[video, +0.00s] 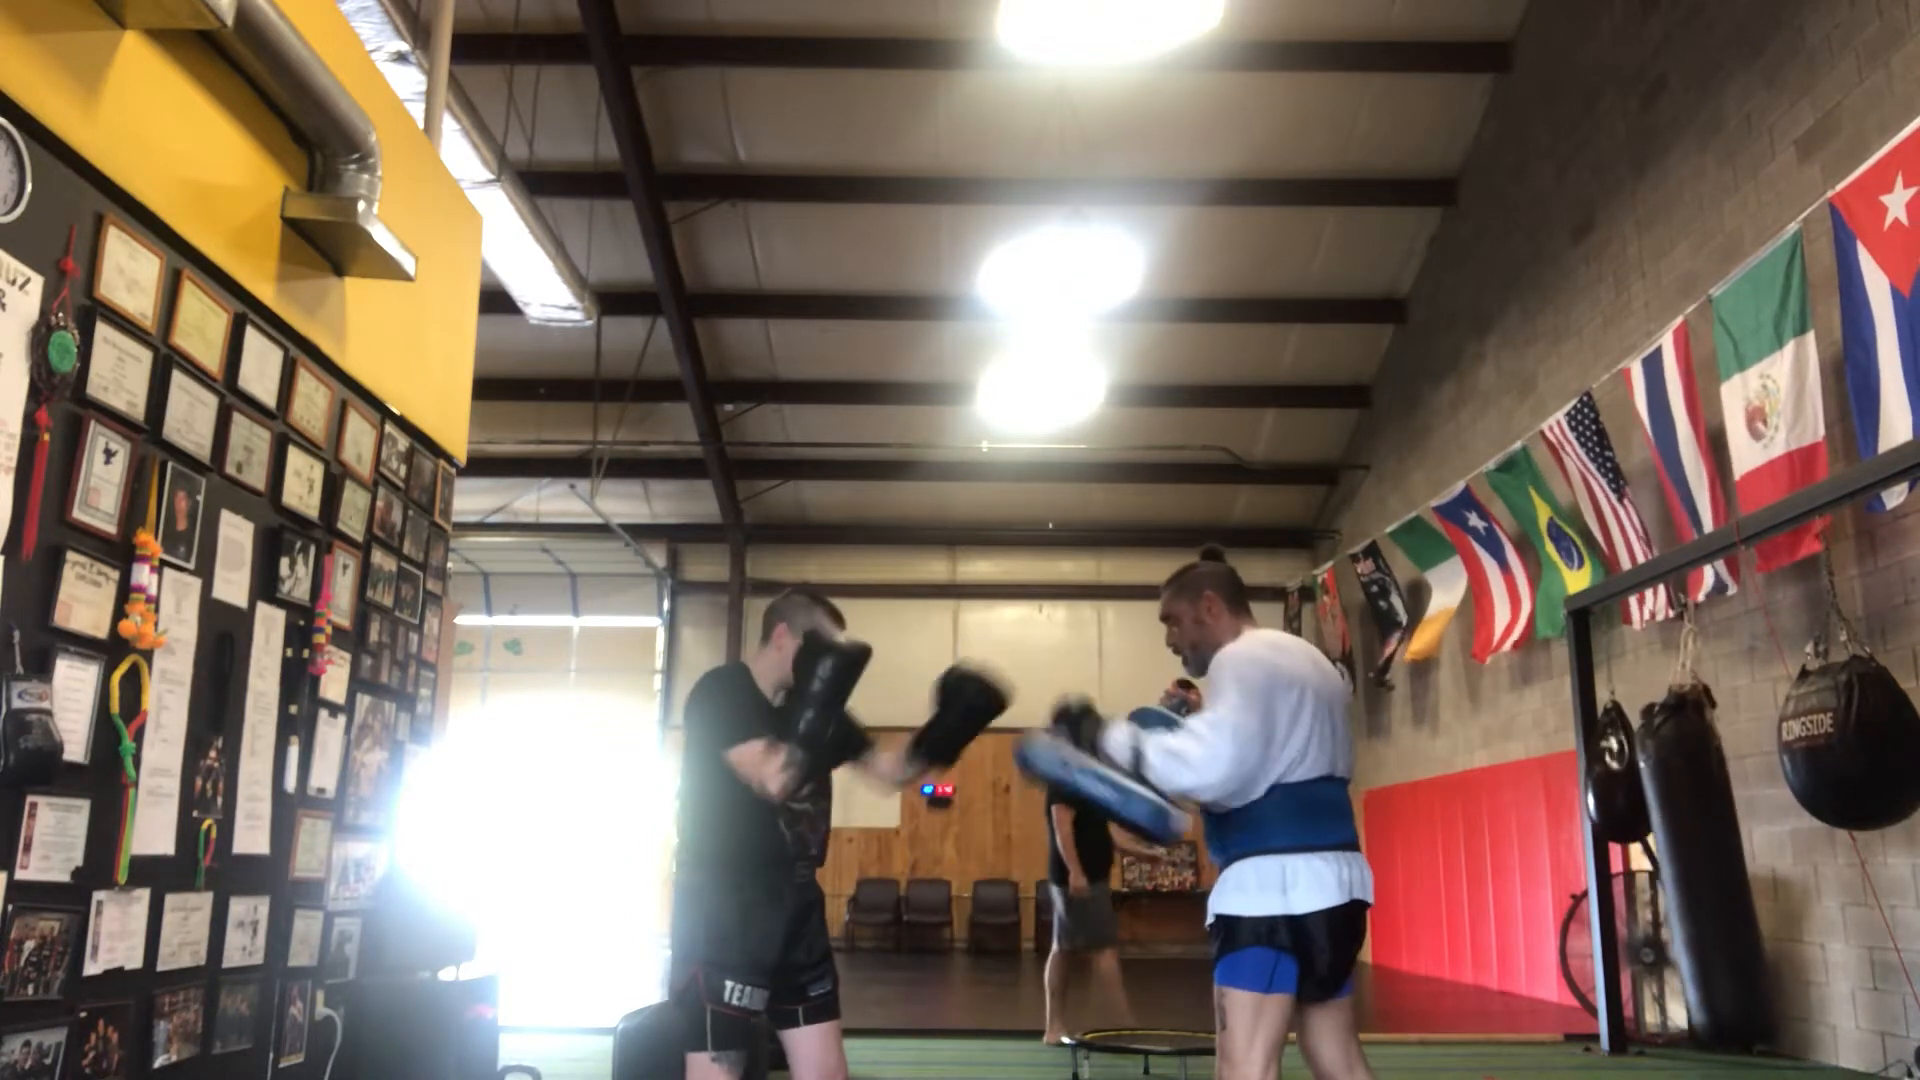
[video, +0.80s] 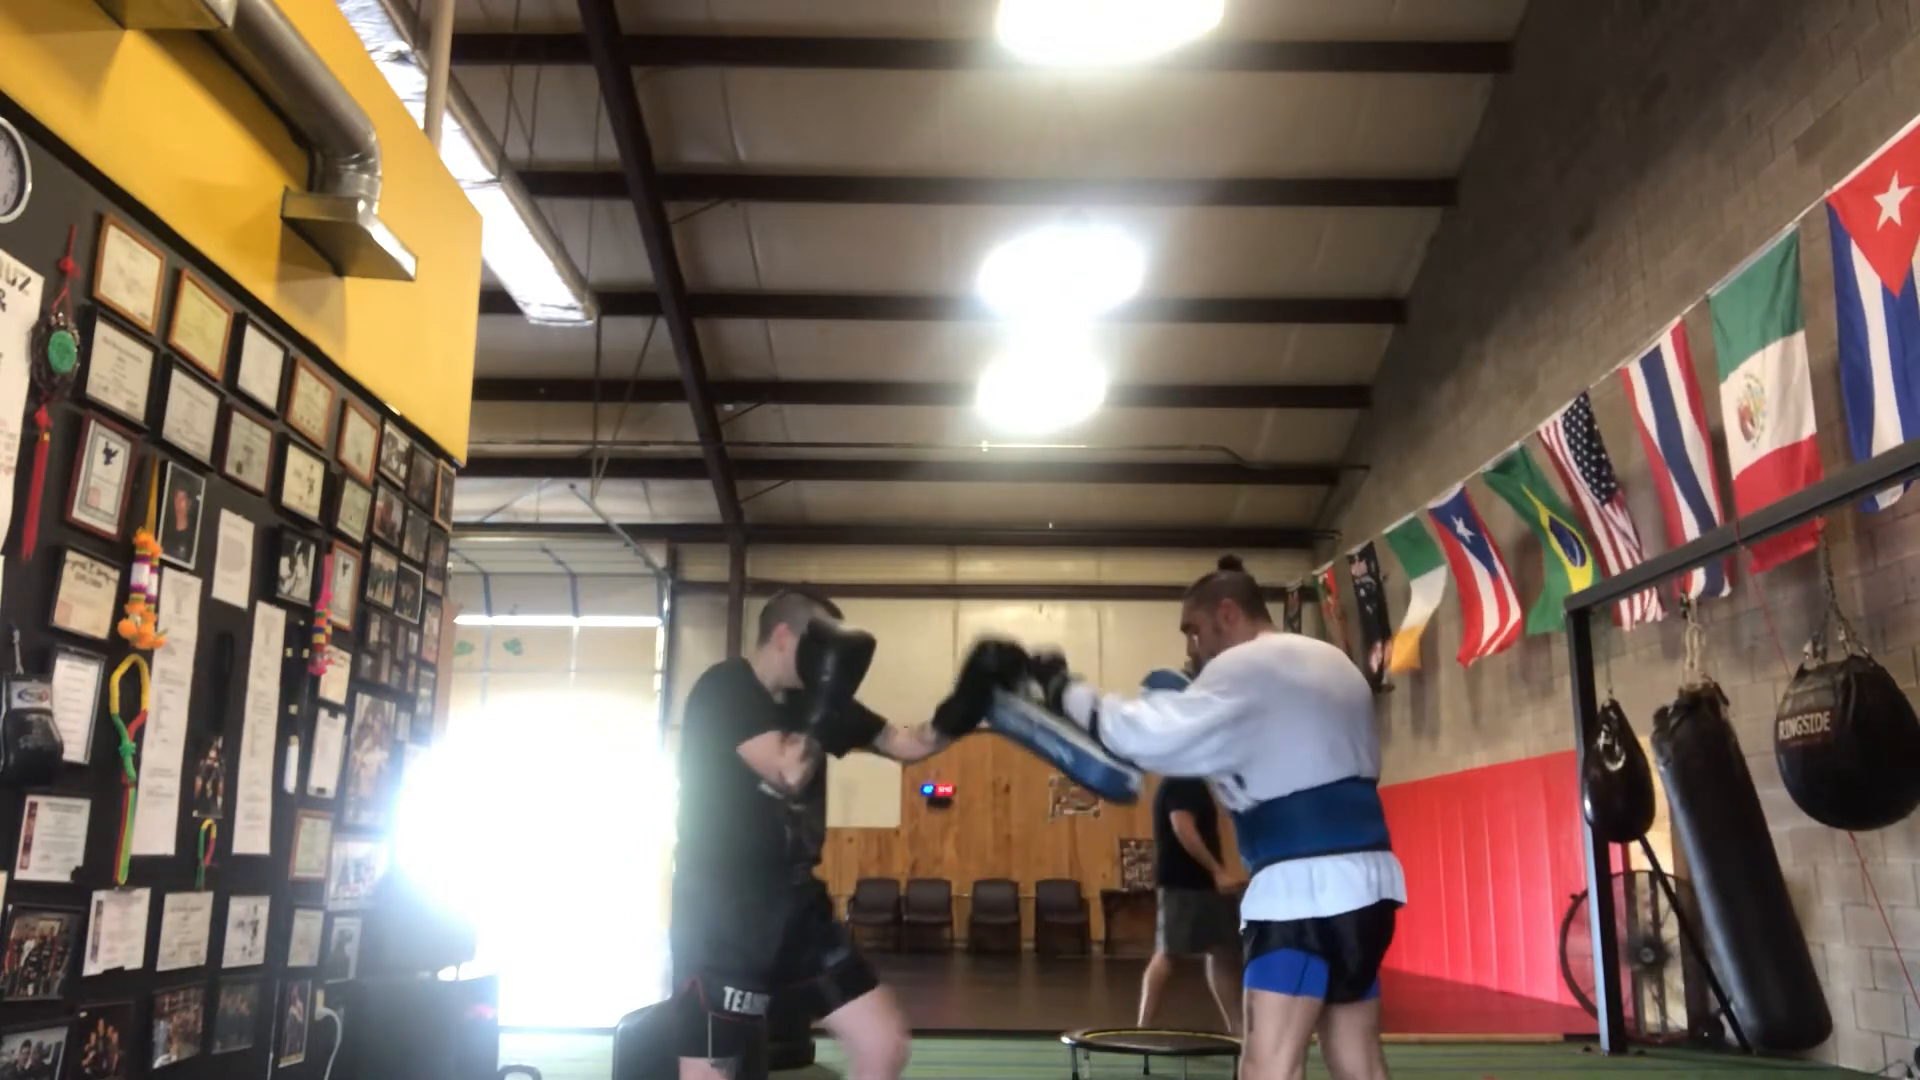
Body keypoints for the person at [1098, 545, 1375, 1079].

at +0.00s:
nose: (1170, 639)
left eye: (1173, 622)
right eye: (1166, 626)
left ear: (1210, 608)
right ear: (1216, 607)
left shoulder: (1242, 660)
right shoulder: (1315, 661)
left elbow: (1216, 768)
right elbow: (1290, 760)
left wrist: (1111, 736)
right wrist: (1205, 718)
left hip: (1269, 892)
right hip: (1336, 886)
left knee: (1246, 1065)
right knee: (1338, 1060)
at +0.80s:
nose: (1193, 648)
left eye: (1194, 632)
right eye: (1188, 635)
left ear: (1227, 614)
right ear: (1236, 614)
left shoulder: (1244, 669)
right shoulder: (1333, 659)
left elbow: (1149, 734)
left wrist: (1060, 688)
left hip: (1301, 891)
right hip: (1371, 884)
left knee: (1268, 1063)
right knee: (1358, 1060)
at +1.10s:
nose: (1200, 626)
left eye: (1206, 611)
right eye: (1198, 613)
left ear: (1248, 602)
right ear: (1259, 601)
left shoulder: (1251, 659)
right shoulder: (1343, 661)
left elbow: (1166, 717)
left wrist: (1068, 687)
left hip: (1292, 894)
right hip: (1365, 887)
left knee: (1260, 1064)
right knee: (1358, 1064)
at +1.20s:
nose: (1203, 623)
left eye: (1211, 604)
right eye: (1202, 608)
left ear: (1253, 598)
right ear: (1260, 602)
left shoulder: (1264, 659)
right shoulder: (1344, 663)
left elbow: (1228, 757)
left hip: (1286, 893)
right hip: (1358, 887)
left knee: (1251, 1066)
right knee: (1354, 1062)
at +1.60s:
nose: (1244, 618)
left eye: (1252, 602)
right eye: (1243, 605)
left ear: (1295, 595)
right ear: (1303, 598)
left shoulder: (1301, 664)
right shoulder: (1383, 664)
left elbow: (1271, 788)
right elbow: (1342, 769)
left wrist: (1187, 800)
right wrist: (1258, 728)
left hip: (1306, 895)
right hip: (1375, 890)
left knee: (1264, 1064)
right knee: (1360, 1061)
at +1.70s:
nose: (1250, 631)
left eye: (1254, 613)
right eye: (1248, 618)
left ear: (1293, 598)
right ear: (1305, 602)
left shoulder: (1302, 661)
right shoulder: (1405, 669)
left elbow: (1271, 787)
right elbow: (1419, 781)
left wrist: (1211, 777)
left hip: (1327, 895)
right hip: (1403, 889)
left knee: (1275, 1062)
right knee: (1376, 1063)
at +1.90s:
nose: (1274, 640)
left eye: (1275, 623)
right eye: (1270, 628)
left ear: (1306, 602)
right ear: (1337, 605)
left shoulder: (1307, 658)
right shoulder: (1432, 666)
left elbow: (1271, 788)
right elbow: (1460, 784)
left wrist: (1267, 730)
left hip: (1354, 890)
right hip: (1438, 891)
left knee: (1293, 1054)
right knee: (1400, 1061)